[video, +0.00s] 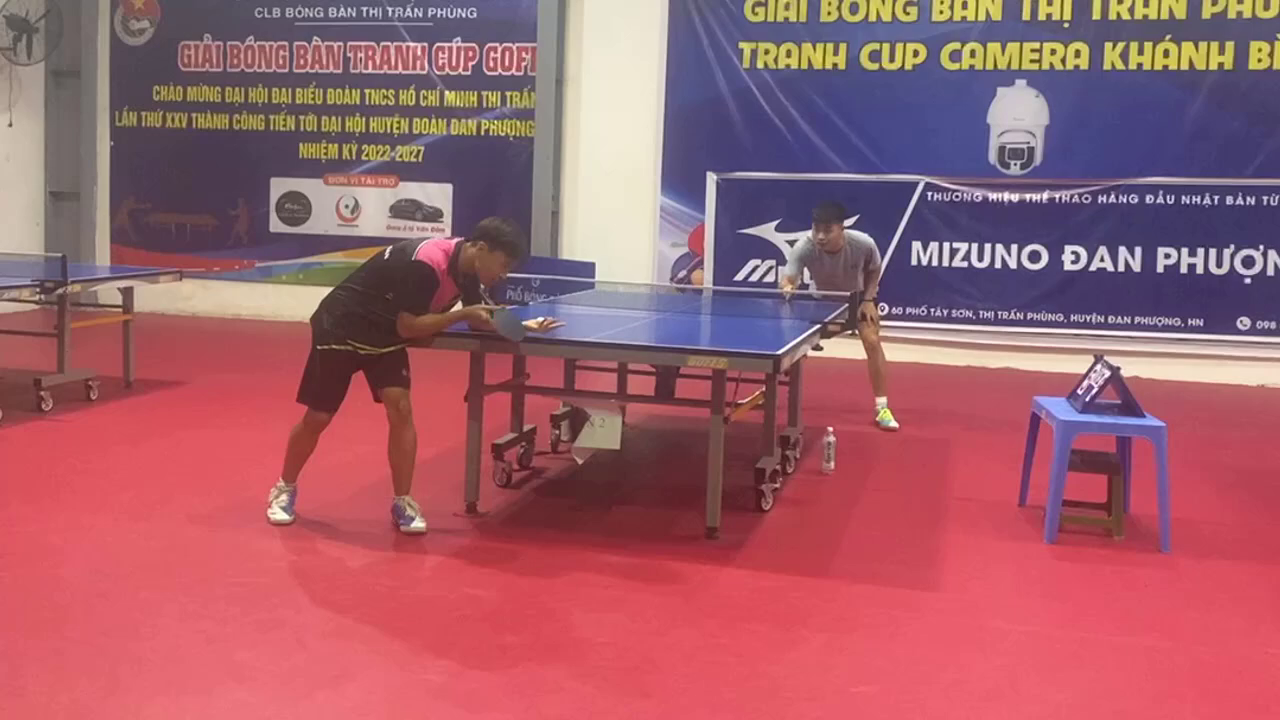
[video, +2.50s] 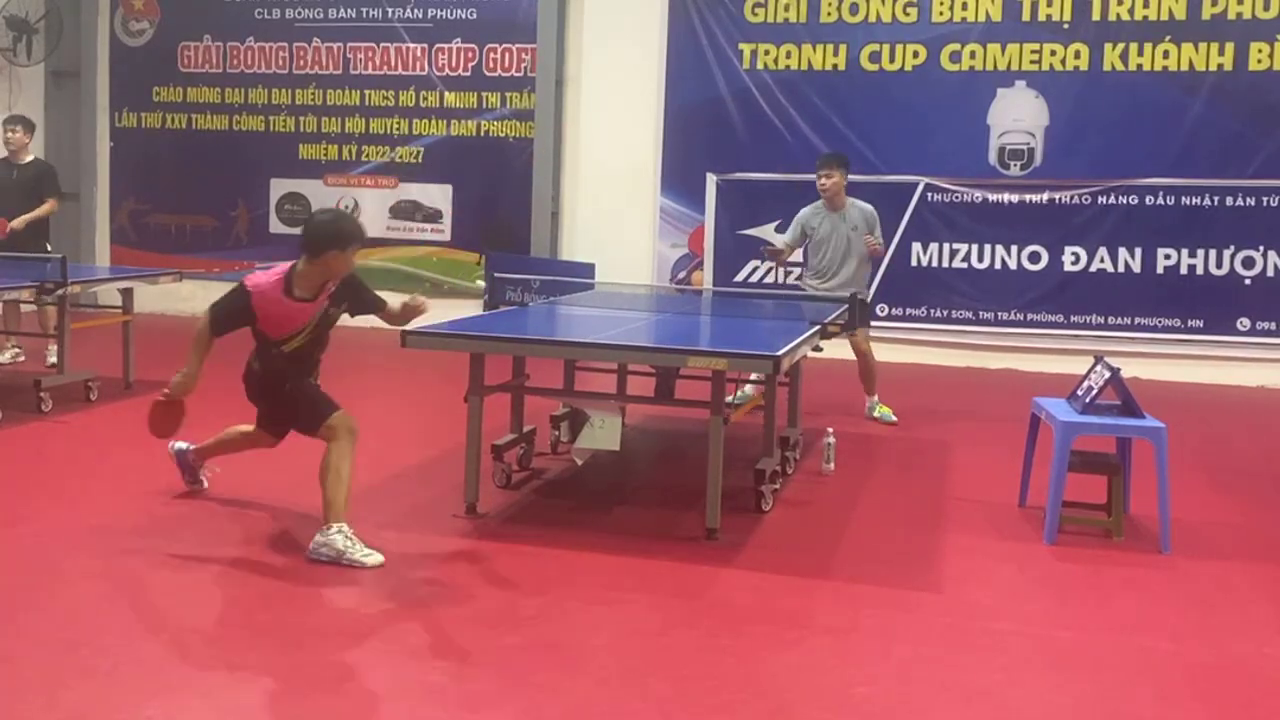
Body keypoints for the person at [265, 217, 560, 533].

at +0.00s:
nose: (505, 273)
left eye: (509, 267)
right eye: (504, 263)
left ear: (485, 250)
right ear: (480, 248)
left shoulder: (469, 268)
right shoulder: (426, 263)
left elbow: (479, 316)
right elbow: (407, 328)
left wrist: (524, 324)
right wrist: (463, 313)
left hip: (386, 332)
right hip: (340, 325)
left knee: (400, 410)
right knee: (318, 415)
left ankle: (403, 503)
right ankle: (285, 488)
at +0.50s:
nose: (465, 199)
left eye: (466, 191)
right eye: (457, 191)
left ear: (452, 196)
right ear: (428, 193)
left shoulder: (455, 236)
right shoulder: (379, 227)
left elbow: (504, 256)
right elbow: (329, 269)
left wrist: (562, 259)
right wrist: (365, 278)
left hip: (389, 339)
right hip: (338, 333)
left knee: (405, 414)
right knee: (298, 420)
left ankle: (403, 503)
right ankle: (255, 501)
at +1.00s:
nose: (405, 158)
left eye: (401, 150)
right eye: (395, 152)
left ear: (383, 165)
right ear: (370, 167)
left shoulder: (405, 195)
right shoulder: (337, 214)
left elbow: (455, 189)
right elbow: (318, 278)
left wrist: (510, 180)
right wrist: (376, 261)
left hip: (372, 327)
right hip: (319, 329)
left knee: (396, 405)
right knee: (289, 417)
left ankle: (401, 499)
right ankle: (256, 501)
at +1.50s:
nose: (473, 211)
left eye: (476, 203)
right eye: (473, 202)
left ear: (443, 193)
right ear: (456, 198)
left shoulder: (408, 209)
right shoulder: (418, 222)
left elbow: (349, 261)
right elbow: (433, 247)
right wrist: (463, 253)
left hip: (376, 325)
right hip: (343, 332)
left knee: (415, 411)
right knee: (368, 425)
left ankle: (385, 497)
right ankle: (291, 489)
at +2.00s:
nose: (461, 193)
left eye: (461, 185)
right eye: (461, 185)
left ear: (418, 180)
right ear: (449, 186)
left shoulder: (377, 214)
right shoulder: (429, 239)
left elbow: (328, 262)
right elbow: (417, 312)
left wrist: (369, 289)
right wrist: (458, 323)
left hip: (331, 342)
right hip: (375, 356)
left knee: (349, 416)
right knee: (419, 453)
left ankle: (288, 492)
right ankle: (393, 564)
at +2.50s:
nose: (354, 261)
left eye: (354, 254)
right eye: (350, 253)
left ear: (329, 256)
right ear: (327, 255)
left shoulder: (343, 284)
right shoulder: (260, 290)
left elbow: (388, 312)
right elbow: (209, 322)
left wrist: (406, 311)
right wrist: (190, 374)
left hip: (301, 378)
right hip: (272, 380)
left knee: (265, 436)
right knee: (342, 428)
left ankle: (191, 455)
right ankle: (334, 532)